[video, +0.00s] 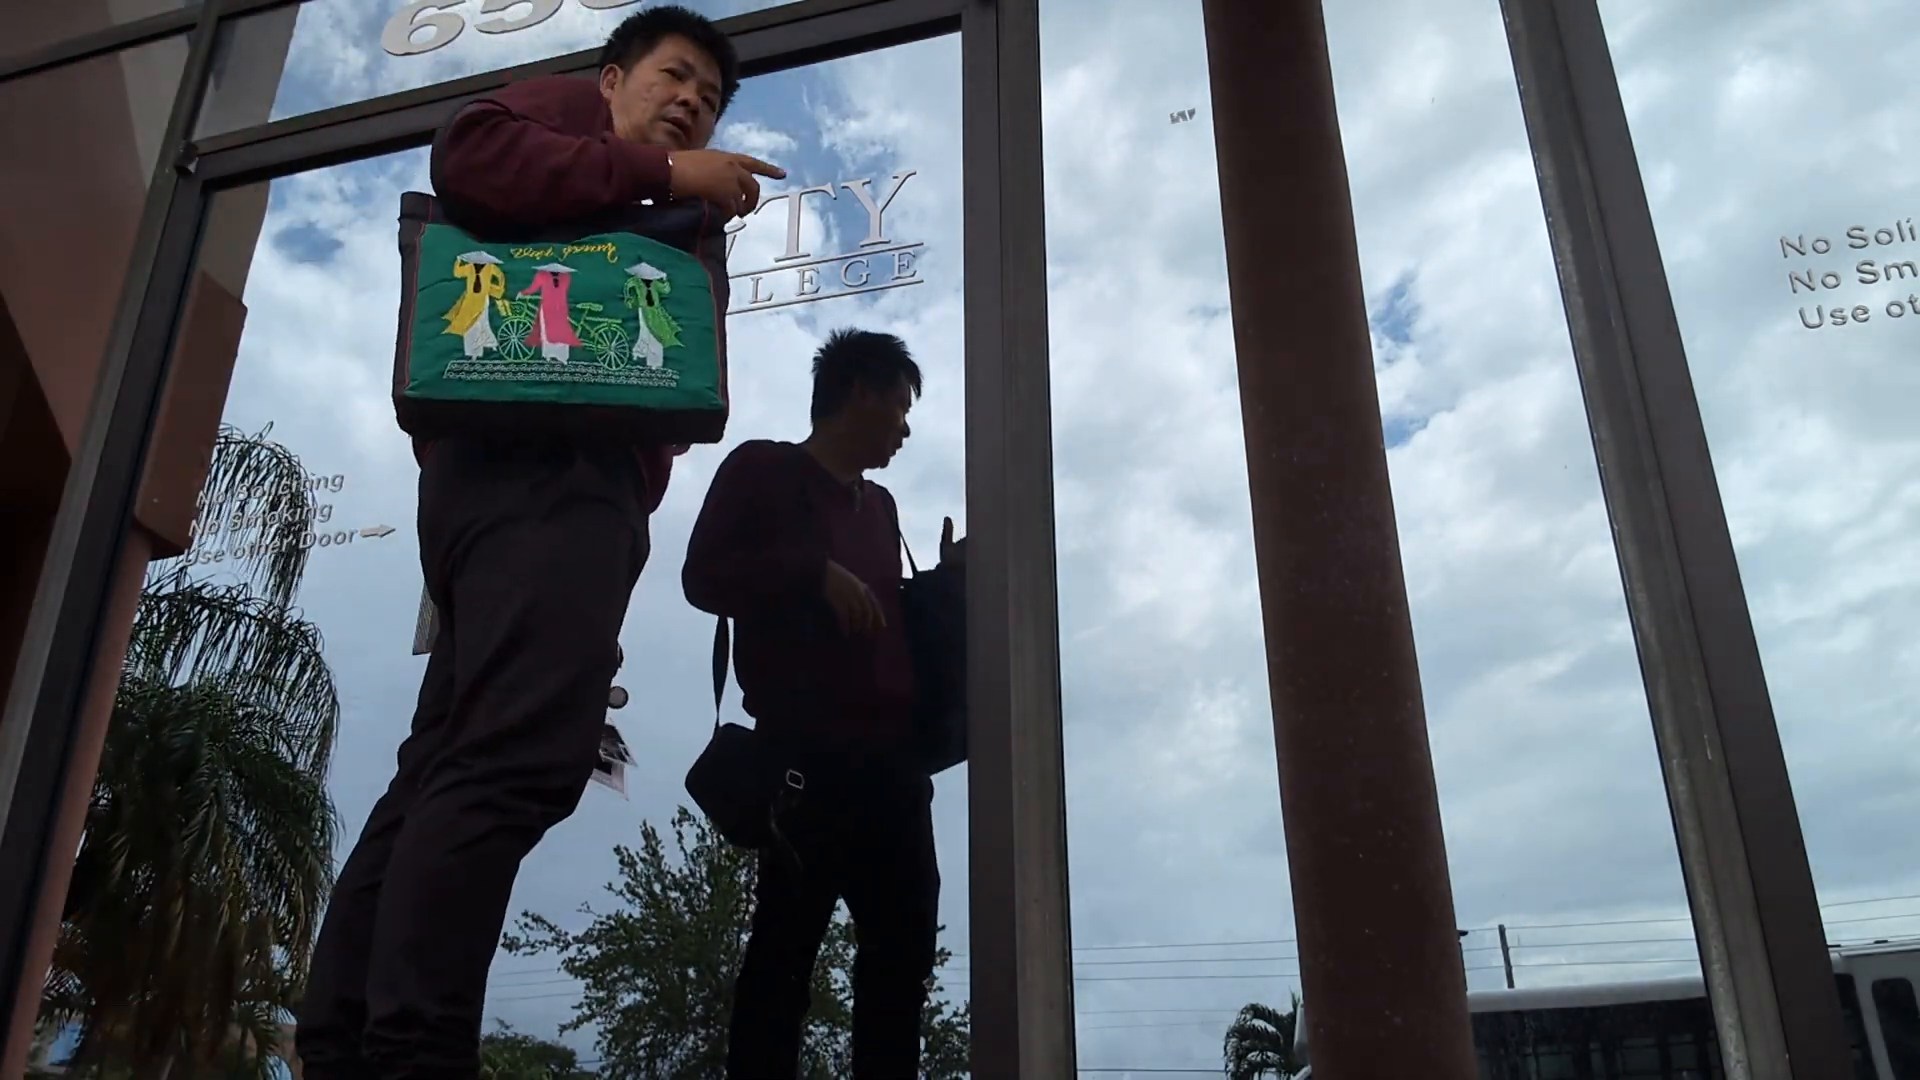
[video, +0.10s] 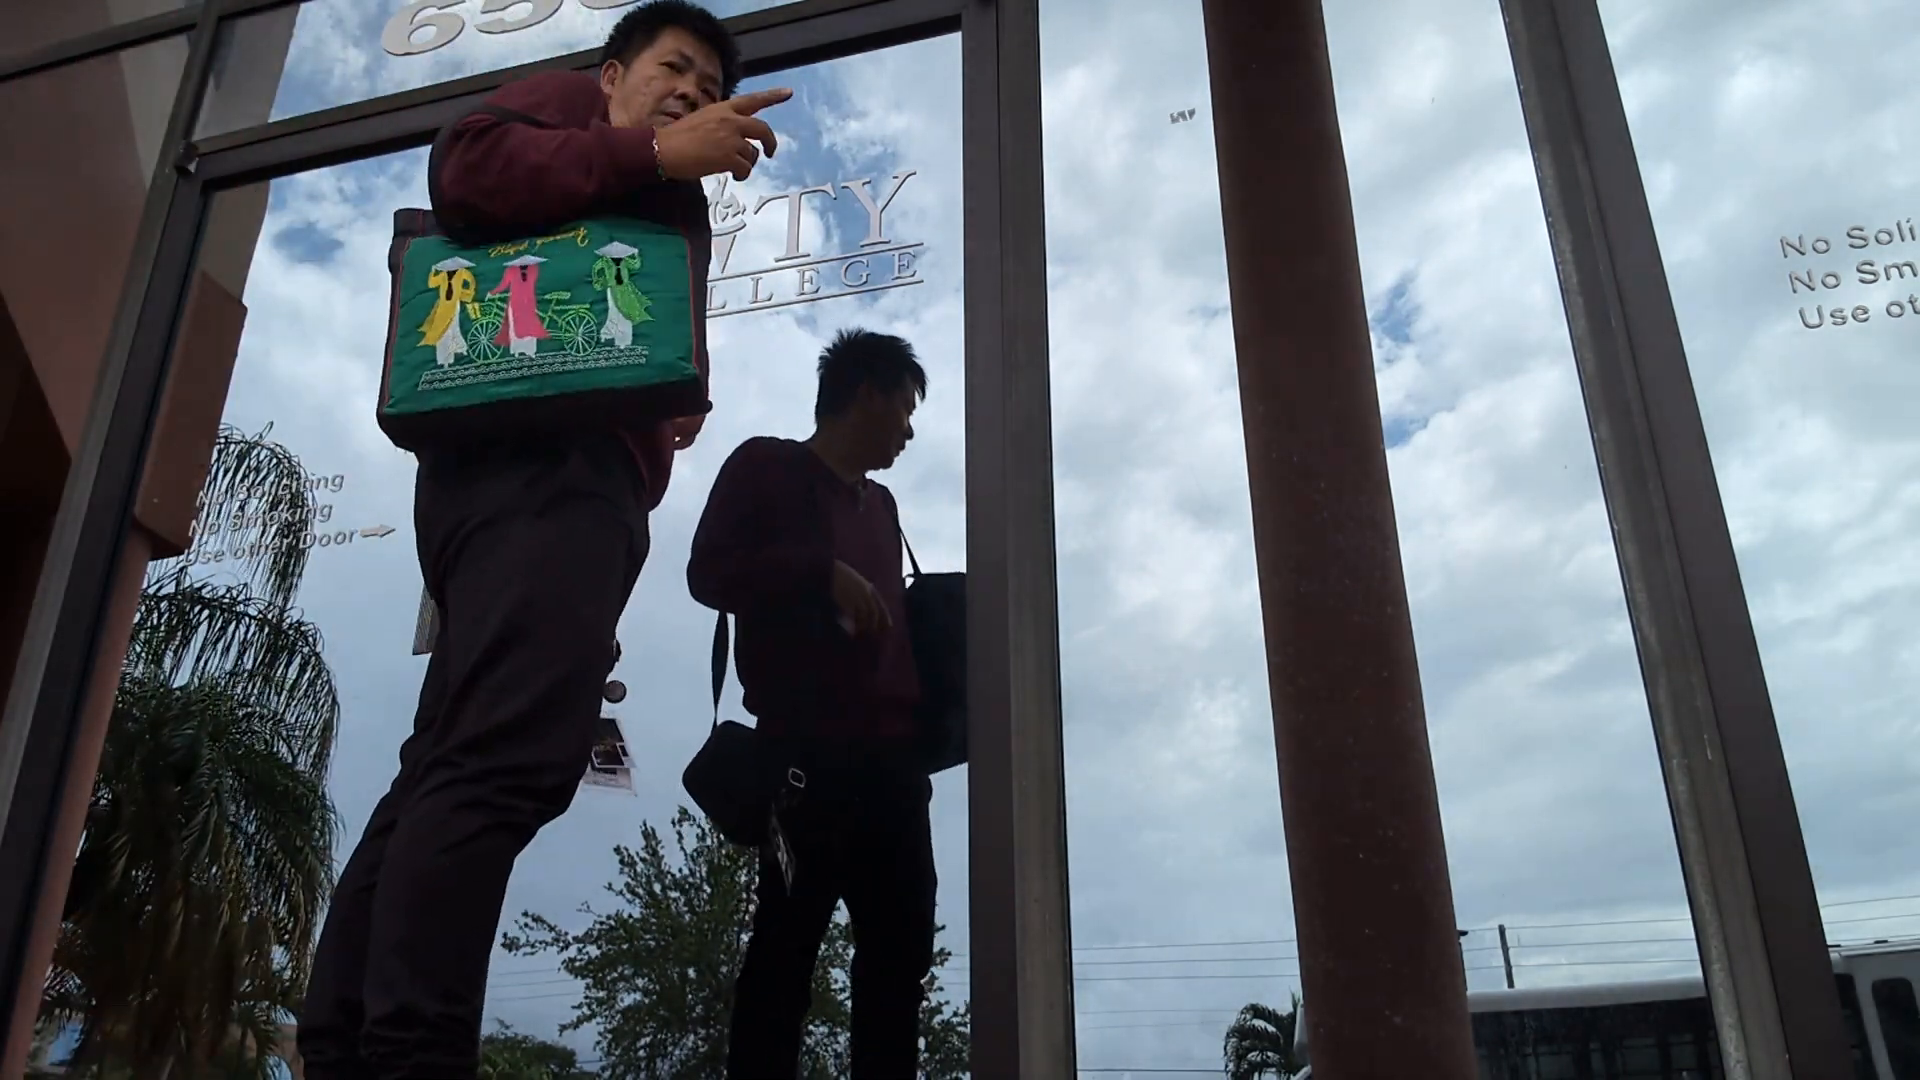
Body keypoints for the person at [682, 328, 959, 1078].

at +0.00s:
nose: (908, 425)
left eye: (910, 409)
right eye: (900, 406)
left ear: (864, 404)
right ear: (858, 397)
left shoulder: (878, 505)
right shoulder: (760, 465)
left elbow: (887, 624)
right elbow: (703, 578)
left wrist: (946, 576)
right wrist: (815, 572)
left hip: (887, 758)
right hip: (800, 752)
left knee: (901, 952)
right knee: (784, 949)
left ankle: (885, 1077)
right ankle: (759, 1072)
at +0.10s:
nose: (911, 427)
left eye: (914, 410)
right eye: (905, 407)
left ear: (864, 407)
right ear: (860, 400)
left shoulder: (879, 504)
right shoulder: (765, 463)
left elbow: (887, 624)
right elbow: (708, 573)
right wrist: (822, 573)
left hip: (888, 756)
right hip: (800, 749)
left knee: (898, 955)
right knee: (786, 949)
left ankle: (885, 1078)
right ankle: (760, 1073)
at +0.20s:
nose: (914, 428)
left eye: (917, 411)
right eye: (909, 407)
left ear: (864, 408)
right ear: (864, 402)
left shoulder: (879, 502)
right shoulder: (768, 463)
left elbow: (904, 617)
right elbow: (711, 573)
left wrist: (1006, 641)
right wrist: (830, 574)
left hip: (888, 756)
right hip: (802, 750)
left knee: (899, 952)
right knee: (787, 945)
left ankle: (883, 1077)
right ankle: (760, 1073)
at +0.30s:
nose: (915, 431)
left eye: (918, 415)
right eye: (910, 410)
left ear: (868, 410)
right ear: (867, 404)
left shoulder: (879, 503)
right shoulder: (771, 462)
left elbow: (894, 617)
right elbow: (715, 569)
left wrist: (958, 626)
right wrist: (835, 576)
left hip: (889, 755)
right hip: (804, 748)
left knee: (897, 951)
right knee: (788, 944)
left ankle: (883, 1075)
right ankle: (760, 1071)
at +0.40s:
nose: (918, 435)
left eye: (921, 418)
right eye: (914, 413)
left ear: (870, 413)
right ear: (871, 405)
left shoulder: (880, 505)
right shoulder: (774, 461)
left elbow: (883, 625)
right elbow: (715, 566)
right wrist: (836, 574)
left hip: (888, 755)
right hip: (804, 750)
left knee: (897, 954)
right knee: (787, 947)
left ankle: (884, 1077)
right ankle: (759, 1072)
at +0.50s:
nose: (918, 439)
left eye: (922, 423)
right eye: (914, 418)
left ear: (870, 416)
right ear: (872, 408)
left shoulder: (879, 508)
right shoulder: (777, 462)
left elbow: (883, 627)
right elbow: (719, 564)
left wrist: (923, 705)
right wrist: (842, 577)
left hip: (887, 757)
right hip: (805, 750)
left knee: (897, 953)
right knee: (787, 948)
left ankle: (883, 1075)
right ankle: (759, 1071)